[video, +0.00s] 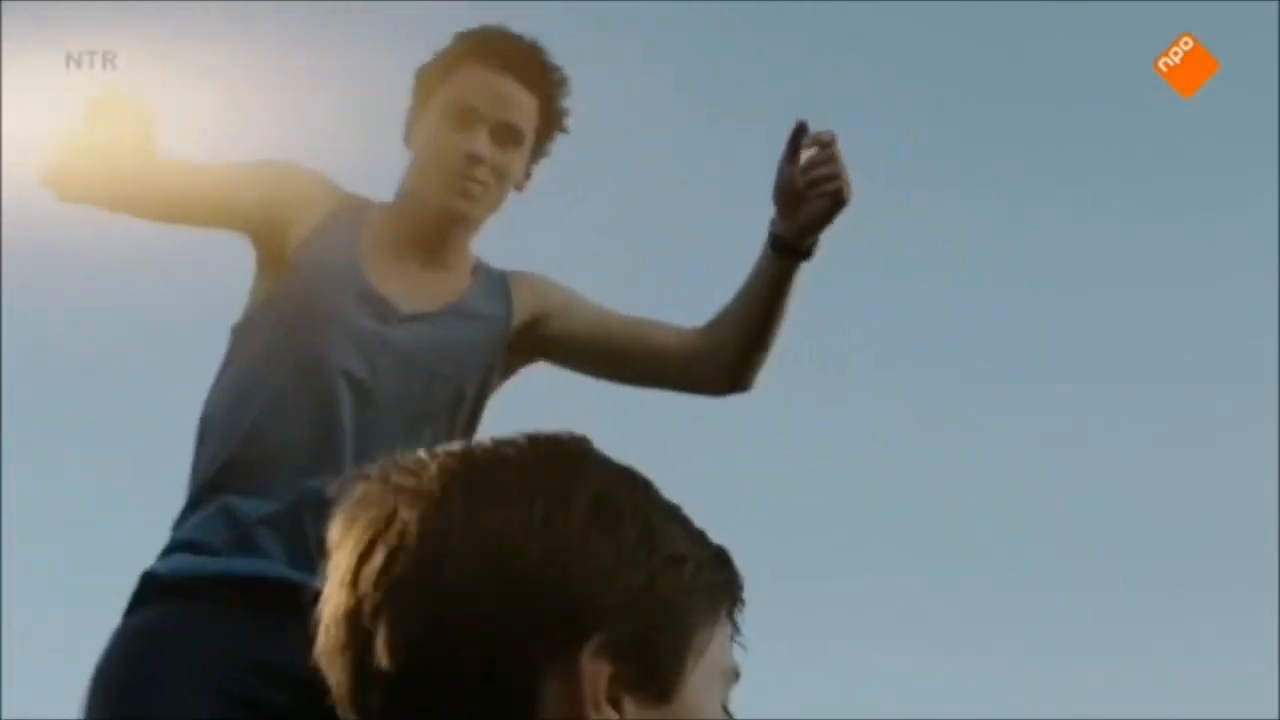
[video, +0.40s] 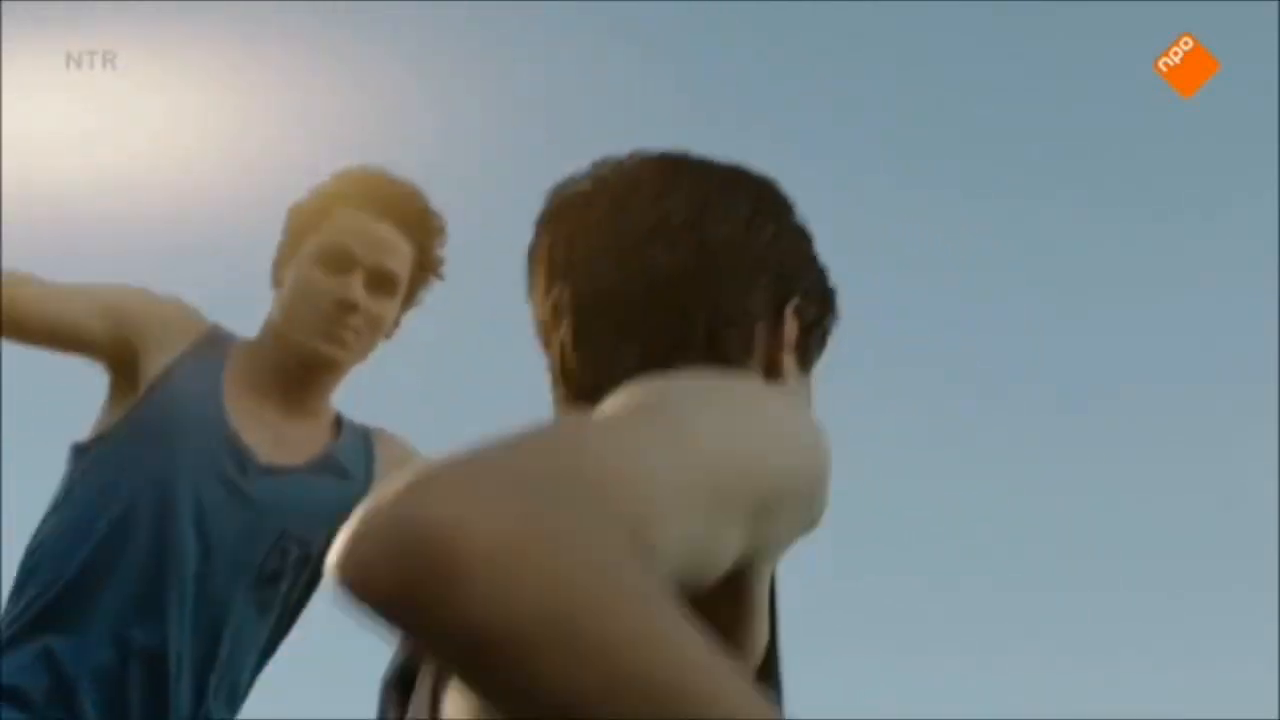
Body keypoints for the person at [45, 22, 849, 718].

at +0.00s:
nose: (485, 152)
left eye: (511, 141)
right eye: (469, 120)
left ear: (529, 174)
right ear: (416, 119)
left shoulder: (517, 309)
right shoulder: (299, 210)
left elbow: (721, 363)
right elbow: (83, 172)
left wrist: (786, 247)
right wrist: (107, 123)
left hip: (376, 635)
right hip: (215, 600)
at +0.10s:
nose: (446, 177)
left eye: (474, 169)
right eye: (432, 144)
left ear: (489, 202)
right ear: (378, 139)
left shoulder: (478, 338)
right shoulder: (261, 227)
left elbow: (674, 402)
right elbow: (43, 183)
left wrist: (771, 298)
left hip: (318, 661)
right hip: (151, 619)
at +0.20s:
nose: (423, 204)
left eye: (451, 193)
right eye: (406, 170)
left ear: (467, 227)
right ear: (352, 163)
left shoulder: (455, 367)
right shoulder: (239, 246)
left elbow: (632, 440)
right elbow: (29, 202)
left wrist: (758, 347)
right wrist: (19, 236)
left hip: (275, 683)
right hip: (115, 643)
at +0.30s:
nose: (380, 253)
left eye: (408, 242)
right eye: (362, 220)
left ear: (425, 276)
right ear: (312, 218)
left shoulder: (410, 424)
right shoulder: (193, 294)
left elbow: (567, 501)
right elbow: (11, 256)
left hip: (211, 707)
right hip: (60, 669)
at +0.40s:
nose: (354, 296)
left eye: (382, 285)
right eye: (335, 265)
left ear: (398, 319)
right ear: (282, 267)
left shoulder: (380, 470)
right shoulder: (162, 338)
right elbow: (9, 295)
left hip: (183, 707)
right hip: (29, 685)